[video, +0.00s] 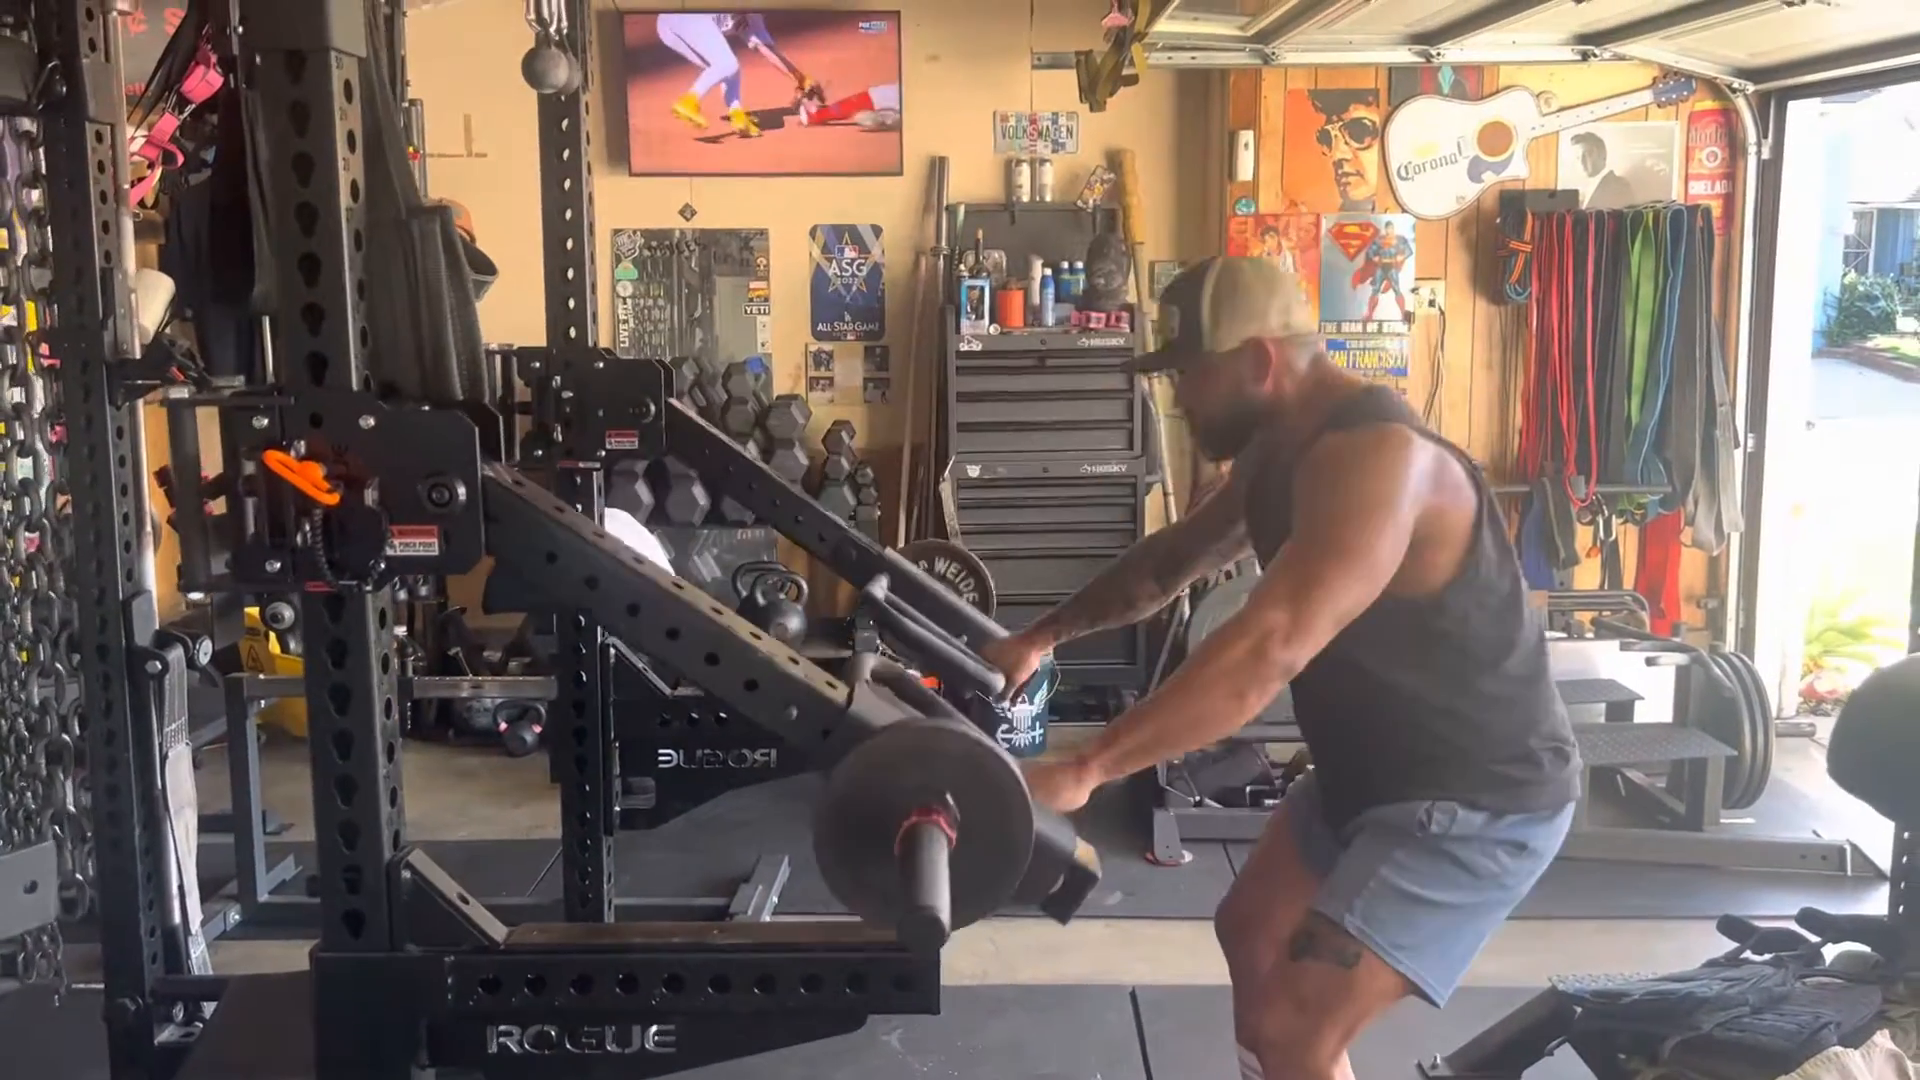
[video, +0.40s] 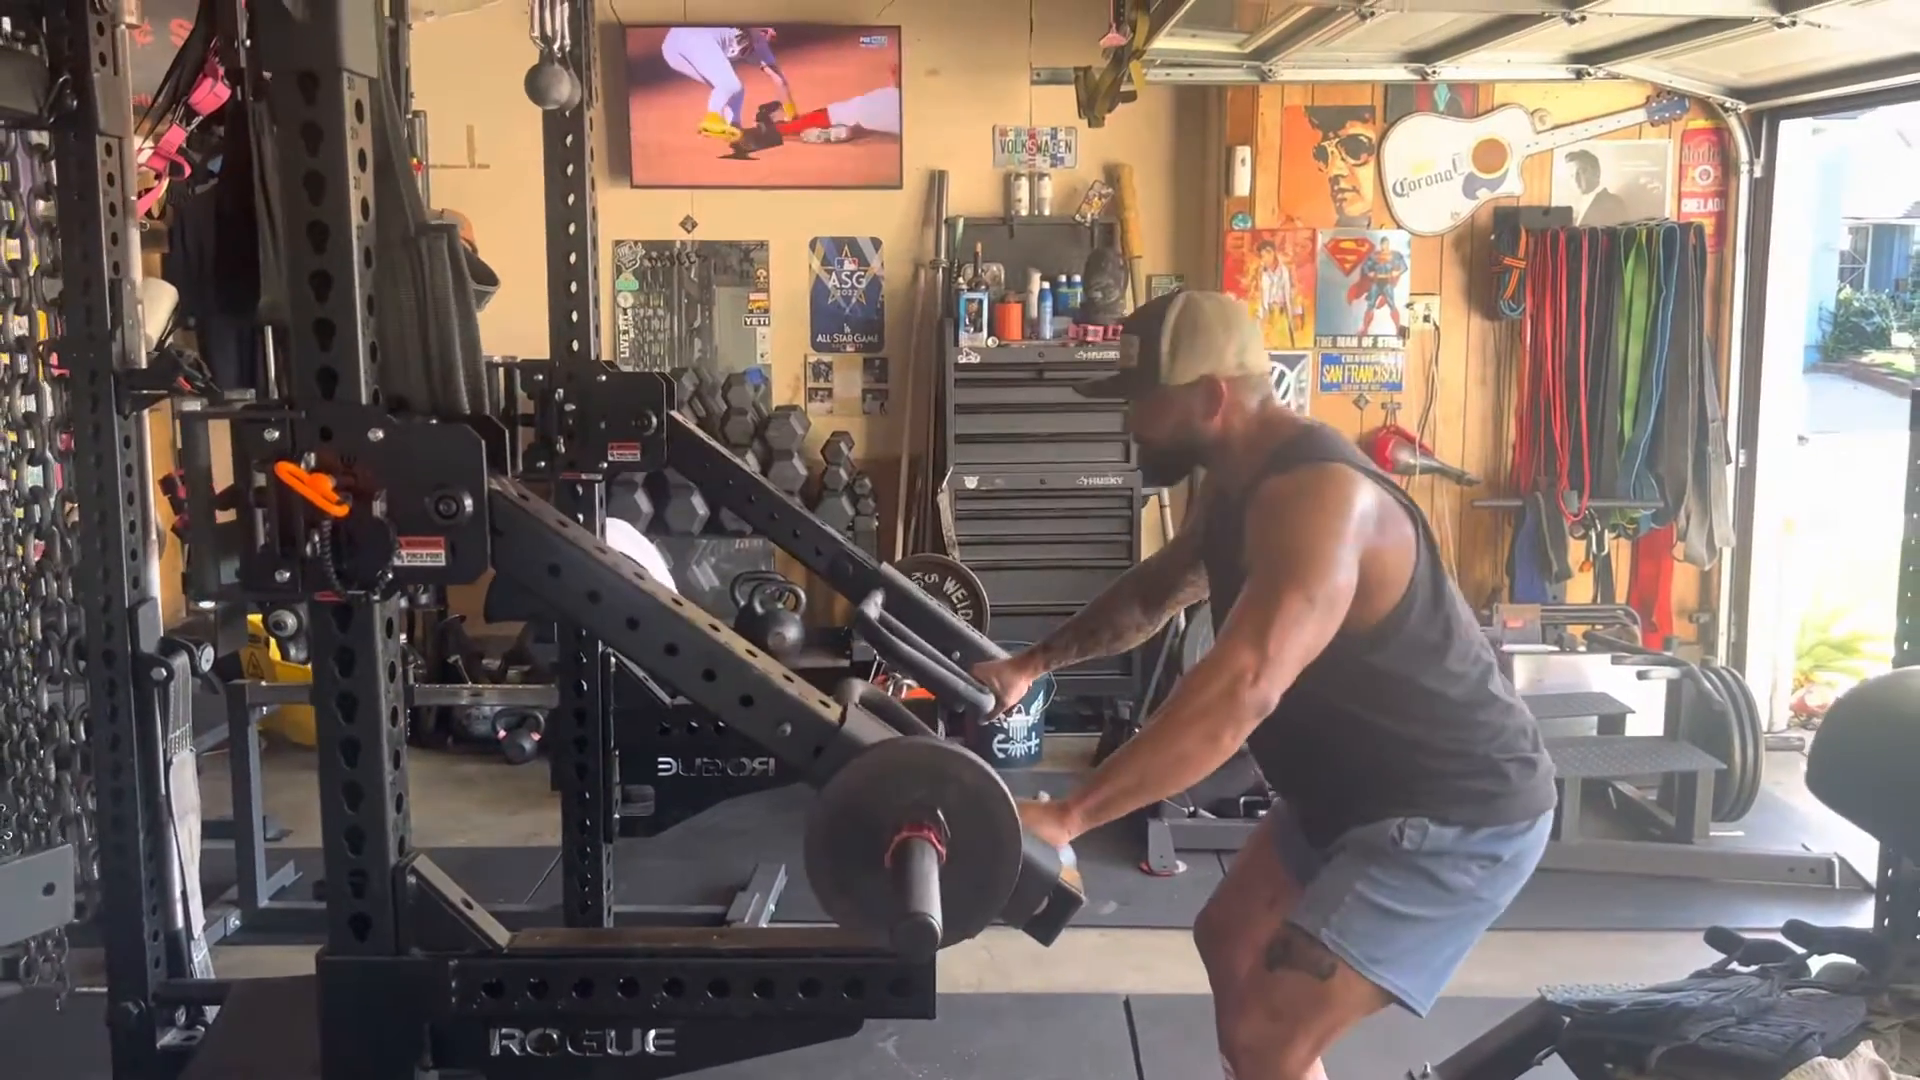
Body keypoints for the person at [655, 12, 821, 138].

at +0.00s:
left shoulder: (743, 19)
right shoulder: (750, 12)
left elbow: (765, 48)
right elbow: (766, 45)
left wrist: (799, 79)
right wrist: (801, 79)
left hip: (671, 23)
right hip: (686, 17)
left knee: (731, 68)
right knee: (726, 64)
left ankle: (738, 118)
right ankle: (687, 103)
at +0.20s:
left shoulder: (741, 36)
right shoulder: (755, 18)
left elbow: (768, 60)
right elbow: (770, 56)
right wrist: (794, 90)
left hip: (670, 34)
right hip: (693, 27)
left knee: (734, 81)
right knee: (728, 74)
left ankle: (737, 126)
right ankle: (698, 111)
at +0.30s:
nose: (770, 30)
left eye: (771, 28)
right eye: (768, 26)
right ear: (760, 24)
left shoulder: (746, 45)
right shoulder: (755, 24)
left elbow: (773, 69)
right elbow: (771, 60)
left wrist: (790, 99)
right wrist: (792, 99)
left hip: (672, 43)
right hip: (691, 33)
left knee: (736, 85)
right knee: (728, 78)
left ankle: (735, 129)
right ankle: (708, 115)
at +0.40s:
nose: (772, 36)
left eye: (773, 33)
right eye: (770, 31)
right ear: (762, 29)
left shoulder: (751, 50)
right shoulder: (756, 33)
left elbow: (778, 80)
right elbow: (780, 78)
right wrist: (790, 110)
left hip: (671, 47)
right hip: (693, 36)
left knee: (736, 89)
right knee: (729, 83)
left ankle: (733, 130)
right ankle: (712, 119)